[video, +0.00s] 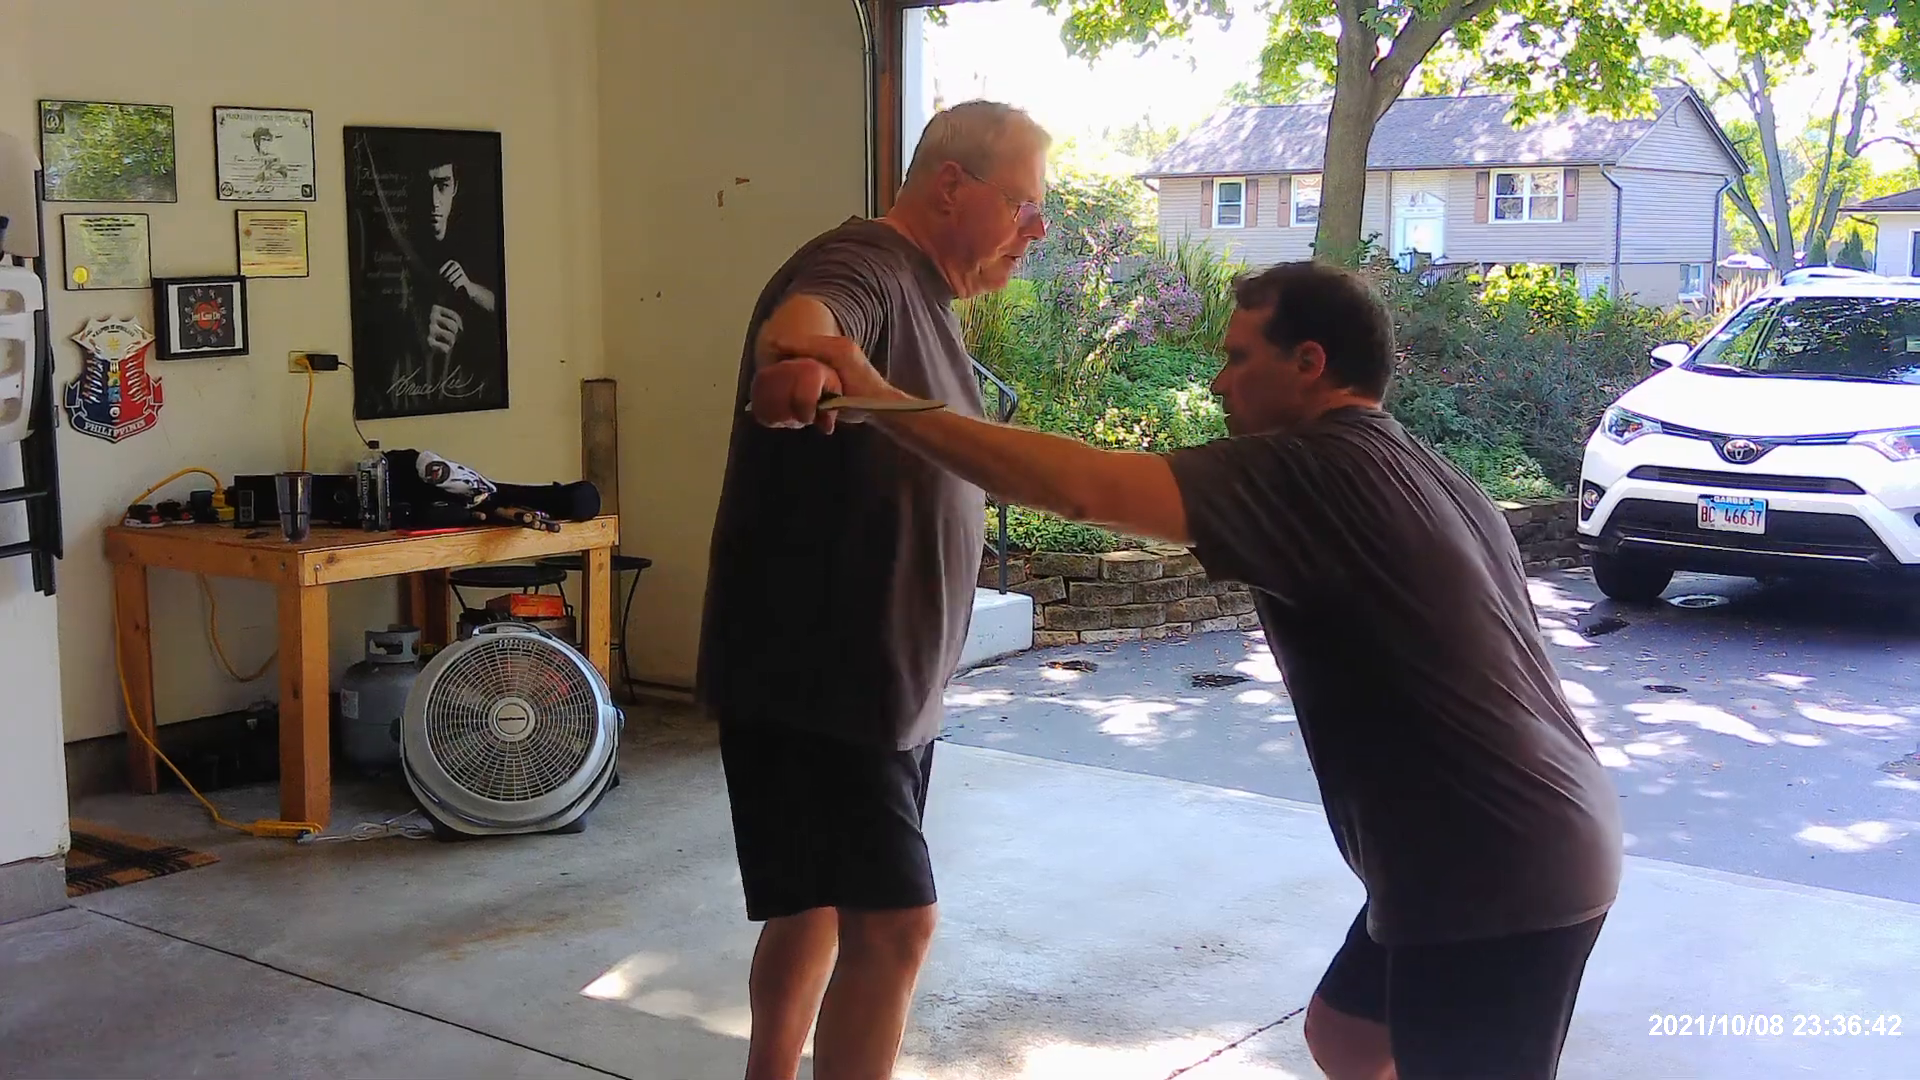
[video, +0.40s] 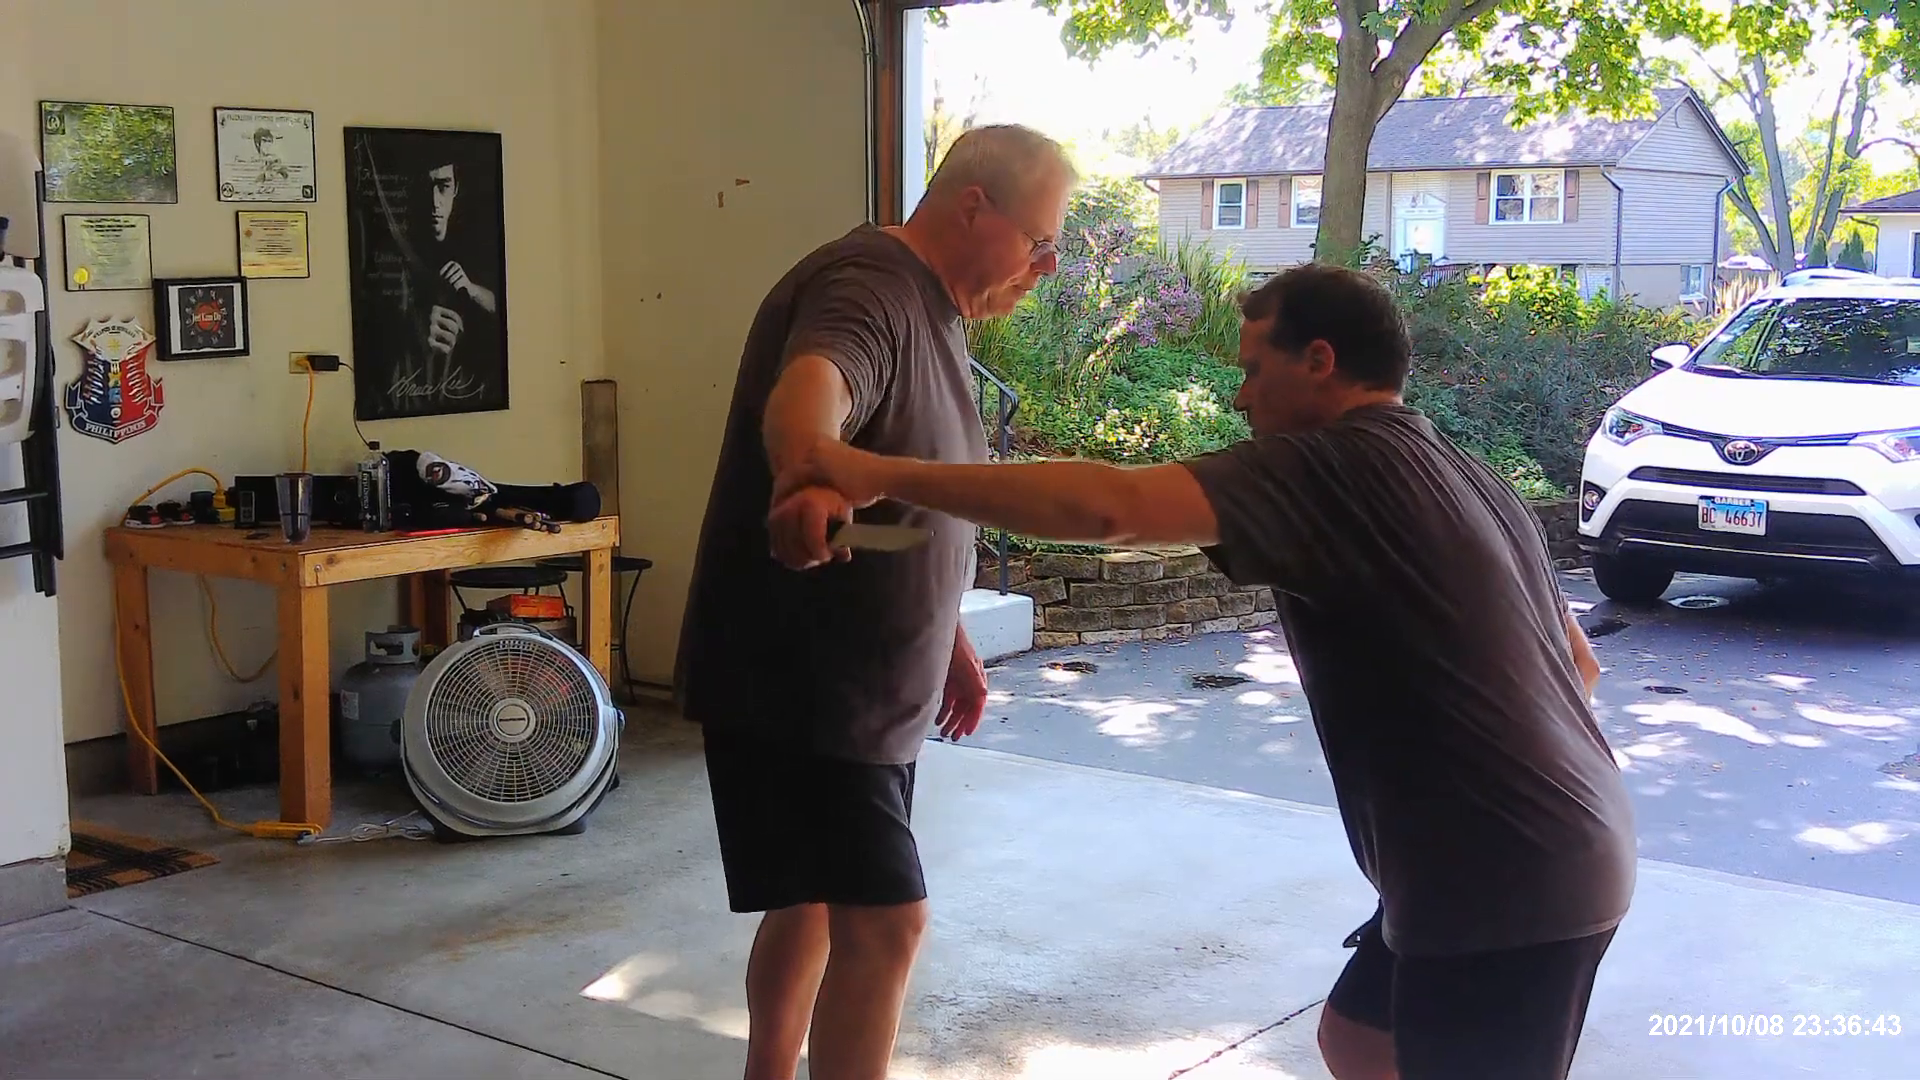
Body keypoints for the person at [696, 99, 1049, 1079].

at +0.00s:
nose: (1035, 233)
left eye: (1040, 211)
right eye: (1026, 205)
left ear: (953, 193)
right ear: (952, 186)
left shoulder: (923, 302)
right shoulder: (861, 262)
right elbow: (802, 314)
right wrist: (797, 359)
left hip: (881, 679)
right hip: (813, 681)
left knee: (807, 911)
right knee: (895, 924)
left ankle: (771, 1070)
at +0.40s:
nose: (1042, 269)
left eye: (1050, 251)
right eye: (1038, 243)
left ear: (972, 214)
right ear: (971, 209)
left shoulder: (926, 313)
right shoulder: (870, 284)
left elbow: (898, 498)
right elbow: (808, 386)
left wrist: (945, 635)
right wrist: (806, 468)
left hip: (858, 682)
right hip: (803, 686)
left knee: (807, 904)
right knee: (885, 925)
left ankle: (771, 1069)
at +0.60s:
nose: (1045, 285)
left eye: (1053, 266)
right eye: (1042, 258)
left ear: (973, 224)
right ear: (977, 223)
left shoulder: (918, 312)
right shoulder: (885, 308)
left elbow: (912, 492)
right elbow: (825, 469)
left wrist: (953, 622)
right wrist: (846, 631)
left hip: (818, 667)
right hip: (792, 671)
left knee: (805, 897)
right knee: (882, 921)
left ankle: (772, 1068)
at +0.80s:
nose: (1045, 293)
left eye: (1054, 275)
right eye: (1043, 267)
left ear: (973, 232)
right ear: (979, 232)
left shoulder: (896, 308)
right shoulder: (885, 333)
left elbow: (892, 497)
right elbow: (852, 547)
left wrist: (955, 599)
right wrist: (926, 737)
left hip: (790, 652)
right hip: (784, 667)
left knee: (806, 889)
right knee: (876, 917)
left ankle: (772, 1068)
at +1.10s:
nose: (1034, 297)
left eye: (1041, 279)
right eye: (1030, 272)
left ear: (952, 237)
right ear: (962, 237)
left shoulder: (851, 294)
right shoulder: (889, 341)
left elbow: (859, 485)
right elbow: (931, 583)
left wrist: (935, 608)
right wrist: (1070, 705)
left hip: (751, 645)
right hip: (769, 668)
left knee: (795, 884)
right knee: (856, 908)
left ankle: (771, 1066)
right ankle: (827, 1072)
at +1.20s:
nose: (1027, 297)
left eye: (1035, 277)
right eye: (1023, 271)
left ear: (948, 242)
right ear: (957, 241)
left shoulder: (840, 295)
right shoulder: (887, 342)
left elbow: (813, 470)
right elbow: (954, 578)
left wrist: (894, 590)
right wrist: (1099, 654)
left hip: (747, 646)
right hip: (765, 668)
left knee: (795, 889)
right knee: (850, 908)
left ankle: (770, 1068)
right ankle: (822, 1076)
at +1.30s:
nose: (1026, 298)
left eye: (1032, 279)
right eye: (1020, 273)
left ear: (944, 242)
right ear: (955, 241)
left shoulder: (840, 294)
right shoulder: (889, 346)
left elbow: (803, 465)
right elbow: (968, 570)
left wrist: (877, 590)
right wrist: (1116, 613)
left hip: (757, 641)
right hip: (753, 662)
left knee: (794, 886)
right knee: (827, 902)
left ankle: (768, 1065)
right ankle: (808, 1075)